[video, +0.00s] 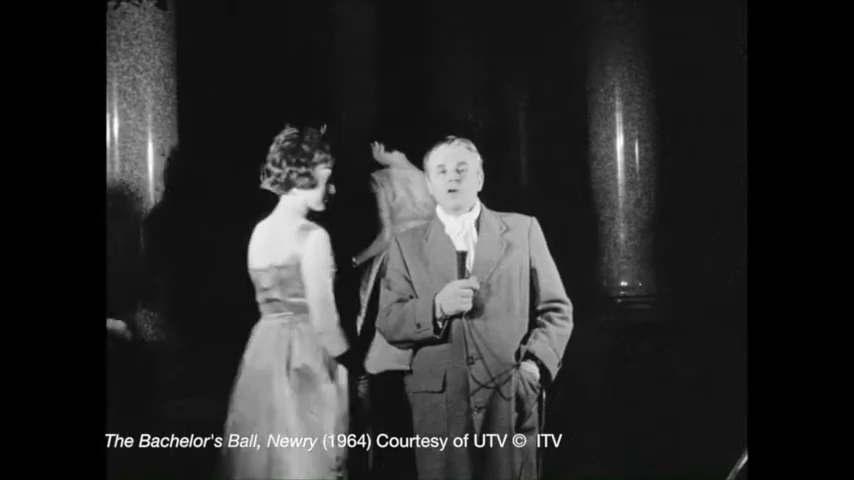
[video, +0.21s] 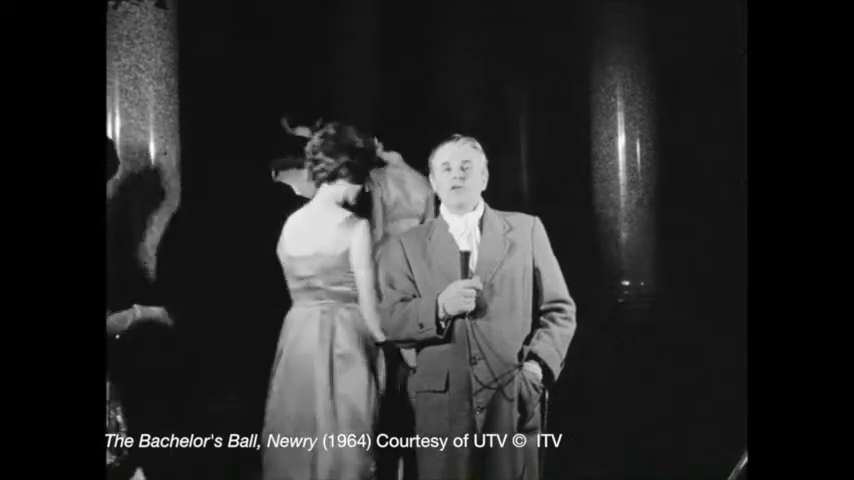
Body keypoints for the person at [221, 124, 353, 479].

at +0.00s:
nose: (330, 189)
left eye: (330, 180)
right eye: (325, 181)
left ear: (292, 180)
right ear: (301, 181)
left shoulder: (260, 233)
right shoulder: (313, 237)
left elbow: (267, 305)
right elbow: (323, 319)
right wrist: (347, 359)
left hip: (265, 346)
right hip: (305, 351)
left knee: (265, 448)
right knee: (308, 454)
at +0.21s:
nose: (364, 187)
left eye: (365, 178)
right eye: (362, 178)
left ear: (323, 173)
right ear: (345, 175)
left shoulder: (291, 225)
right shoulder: (354, 225)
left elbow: (296, 295)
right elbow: (367, 297)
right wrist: (385, 347)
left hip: (299, 331)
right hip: (343, 333)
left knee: (296, 429)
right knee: (342, 433)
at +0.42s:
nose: (397, 191)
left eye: (396, 184)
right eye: (396, 184)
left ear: (351, 180)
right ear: (391, 183)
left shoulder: (321, 229)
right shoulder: (395, 233)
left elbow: (319, 293)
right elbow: (407, 293)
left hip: (327, 332)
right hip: (374, 334)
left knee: (326, 423)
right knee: (377, 427)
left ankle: (326, 475)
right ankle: (375, 475)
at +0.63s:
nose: (419, 195)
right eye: (417, 189)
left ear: (376, 188)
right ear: (413, 188)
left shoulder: (353, 230)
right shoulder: (417, 231)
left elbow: (347, 293)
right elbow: (422, 295)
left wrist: (354, 328)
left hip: (357, 334)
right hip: (398, 335)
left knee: (355, 419)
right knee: (399, 423)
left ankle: (355, 473)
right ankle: (399, 474)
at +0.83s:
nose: (434, 181)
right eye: (432, 176)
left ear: (390, 180)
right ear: (427, 179)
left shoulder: (371, 223)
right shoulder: (437, 224)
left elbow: (360, 281)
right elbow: (447, 278)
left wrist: (362, 314)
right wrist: (445, 310)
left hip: (380, 316)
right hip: (424, 314)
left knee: (382, 403)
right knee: (424, 403)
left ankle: (380, 468)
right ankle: (424, 468)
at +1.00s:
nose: (425, 186)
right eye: (425, 178)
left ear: (390, 179)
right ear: (426, 178)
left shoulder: (377, 220)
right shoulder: (438, 219)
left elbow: (370, 282)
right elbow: (450, 273)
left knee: (403, 407)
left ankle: (406, 466)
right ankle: (439, 468)